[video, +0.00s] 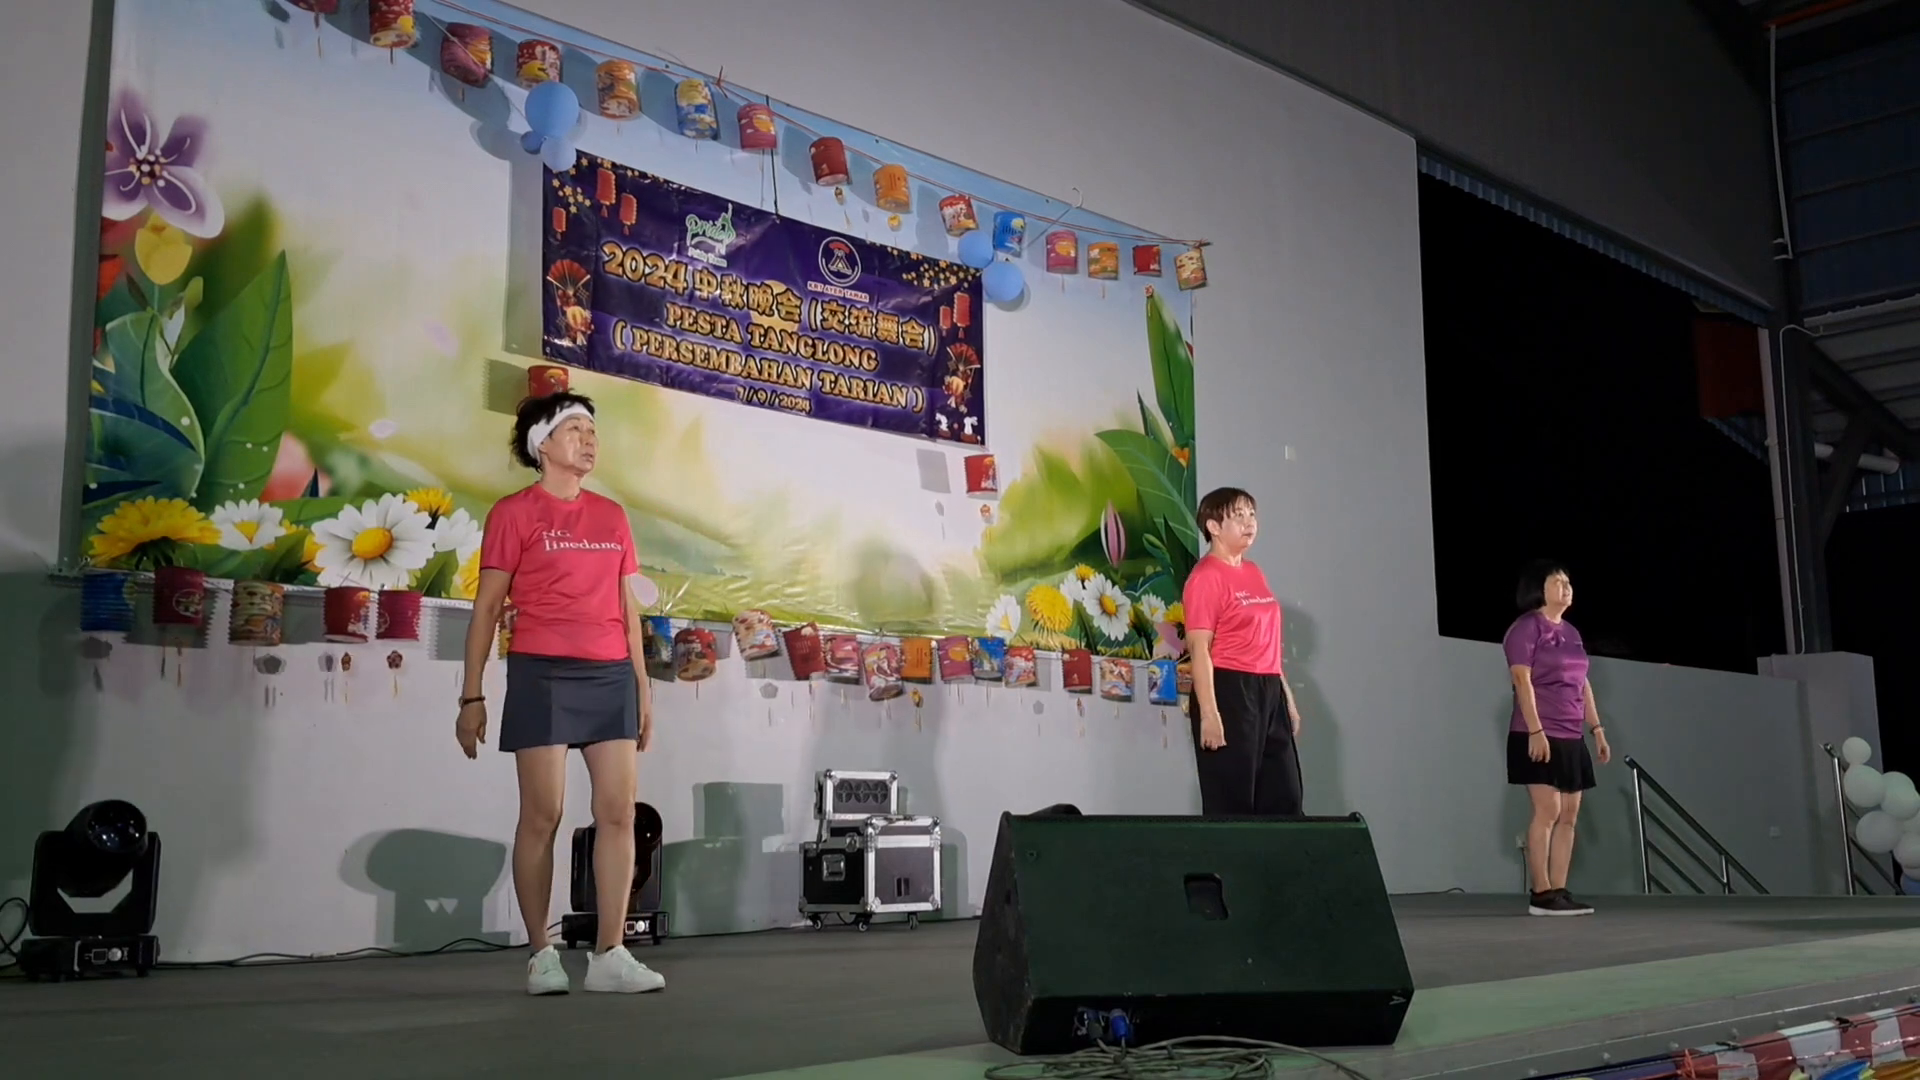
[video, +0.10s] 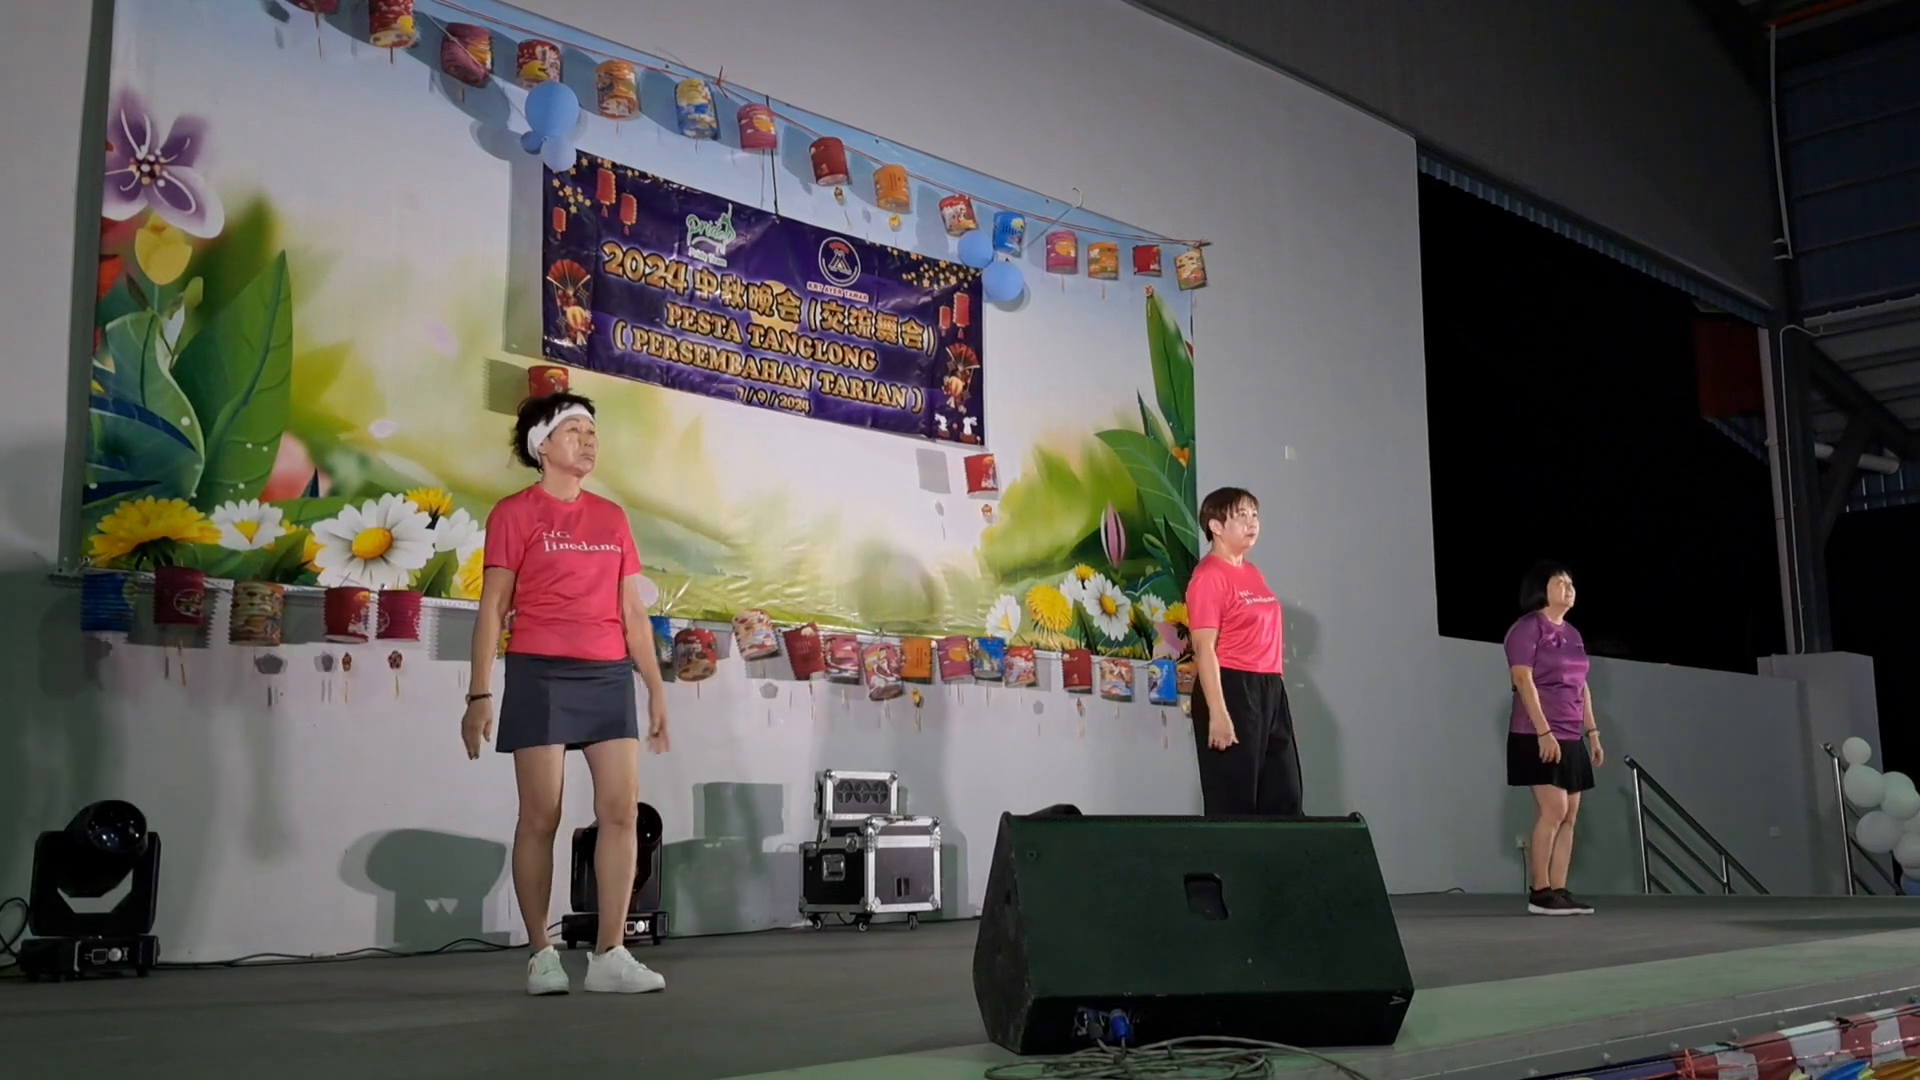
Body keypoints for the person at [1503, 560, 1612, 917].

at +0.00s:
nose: (1566, 588)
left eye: (1568, 583)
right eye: (1557, 582)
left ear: (1570, 592)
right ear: (1539, 589)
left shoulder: (1572, 634)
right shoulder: (1525, 629)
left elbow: (1582, 685)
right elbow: (1522, 683)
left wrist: (1597, 730)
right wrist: (1536, 731)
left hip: (1572, 737)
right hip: (1537, 735)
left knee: (1568, 814)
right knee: (1547, 810)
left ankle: (1558, 890)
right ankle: (1541, 892)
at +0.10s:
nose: (1568, 588)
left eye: (1570, 584)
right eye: (1560, 583)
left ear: (1573, 593)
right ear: (1542, 589)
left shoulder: (1573, 634)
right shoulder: (1527, 628)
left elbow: (1581, 687)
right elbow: (1523, 682)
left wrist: (1592, 733)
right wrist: (1544, 732)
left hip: (1571, 736)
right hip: (1537, 735)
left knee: (1569, 813)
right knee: (1553, 809)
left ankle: (1558, 890)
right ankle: (1540, 891)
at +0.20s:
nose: (1567, 588)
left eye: (1569, 584)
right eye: (1559, 583)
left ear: (1572, 593)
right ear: (1542, 589)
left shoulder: (1572, 635)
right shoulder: (1527, 627)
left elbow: (1579, 687)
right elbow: (1522, 680)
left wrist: (1589, 733)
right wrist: (1550, 729)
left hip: (1570, 735)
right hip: (1537, 734)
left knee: (1569, 813)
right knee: (1553, 810)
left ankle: (1557, 890)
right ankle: (1537, 891)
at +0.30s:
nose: (1564, 588)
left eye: (1566, 583)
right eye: (1556, 583)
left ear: (1569, 593)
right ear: (1538, 589)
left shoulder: (1569, 635)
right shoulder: (1526, 627)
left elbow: (1577, 687)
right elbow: (1524, 681)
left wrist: (1588, 732)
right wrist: (1553, 729)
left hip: (1571, 736)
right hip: (1537, 735)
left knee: (1568, 814)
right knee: (1547, 810)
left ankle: (1558, 890)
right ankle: (1537, 892)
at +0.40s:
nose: (1561, 587)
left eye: (1563, 582)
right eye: (1552, 581)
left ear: (1566, 592)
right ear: (1535, 589)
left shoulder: (1566, 634)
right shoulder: (1524, 627)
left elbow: (1574, 687)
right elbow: (1526, 681)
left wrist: (1588, 731)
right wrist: (1552, 729)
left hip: (1571, 736)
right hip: (1535, 734)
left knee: (1567, 814)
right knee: (1542, 810)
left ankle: (1558, 890)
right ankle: (1537, 892)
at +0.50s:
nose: (1558, 586)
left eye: (1560, 581)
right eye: (1549, 581)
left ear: (1563, 592)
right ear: (1532, 589)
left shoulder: (1564, 634)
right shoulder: (1522, 628)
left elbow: (1573, 687)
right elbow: (1524, 681)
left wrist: (1588, 731)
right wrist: (1549, 730)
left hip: (1570, 737)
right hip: (1534, 735)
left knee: (1567, 815)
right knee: (1537, 811)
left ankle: (1558, 890)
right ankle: (1537, 892)